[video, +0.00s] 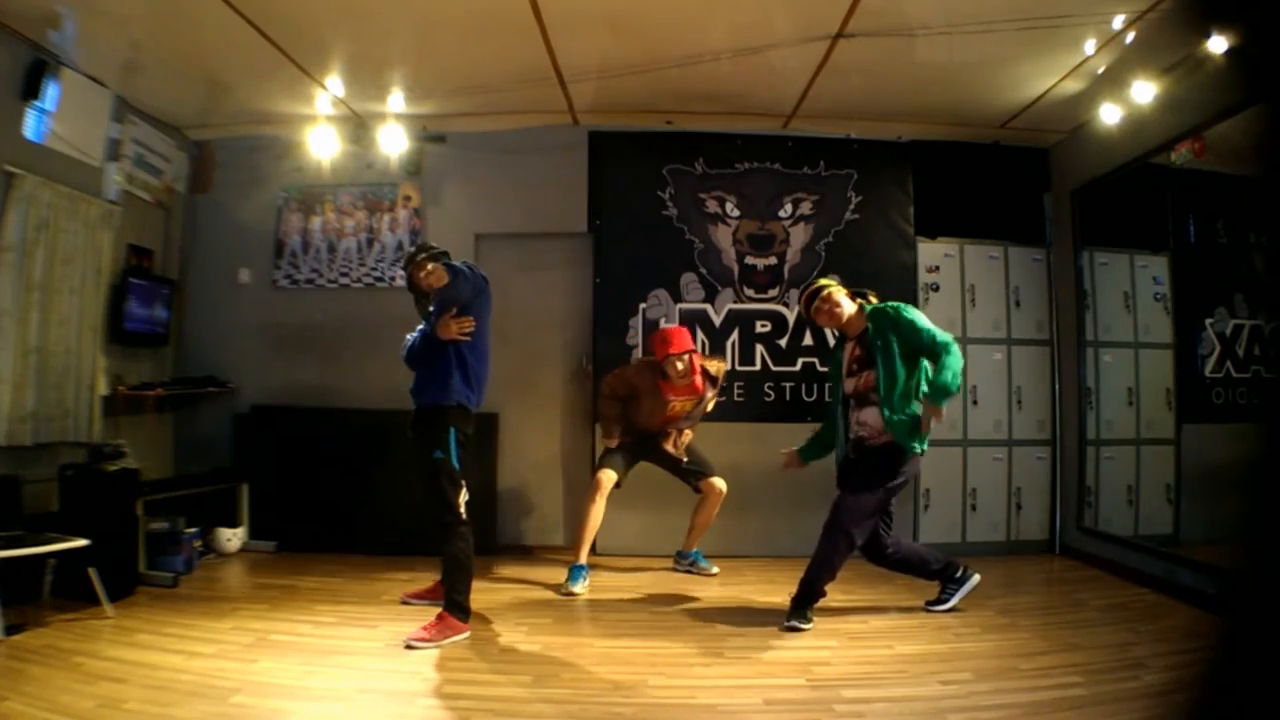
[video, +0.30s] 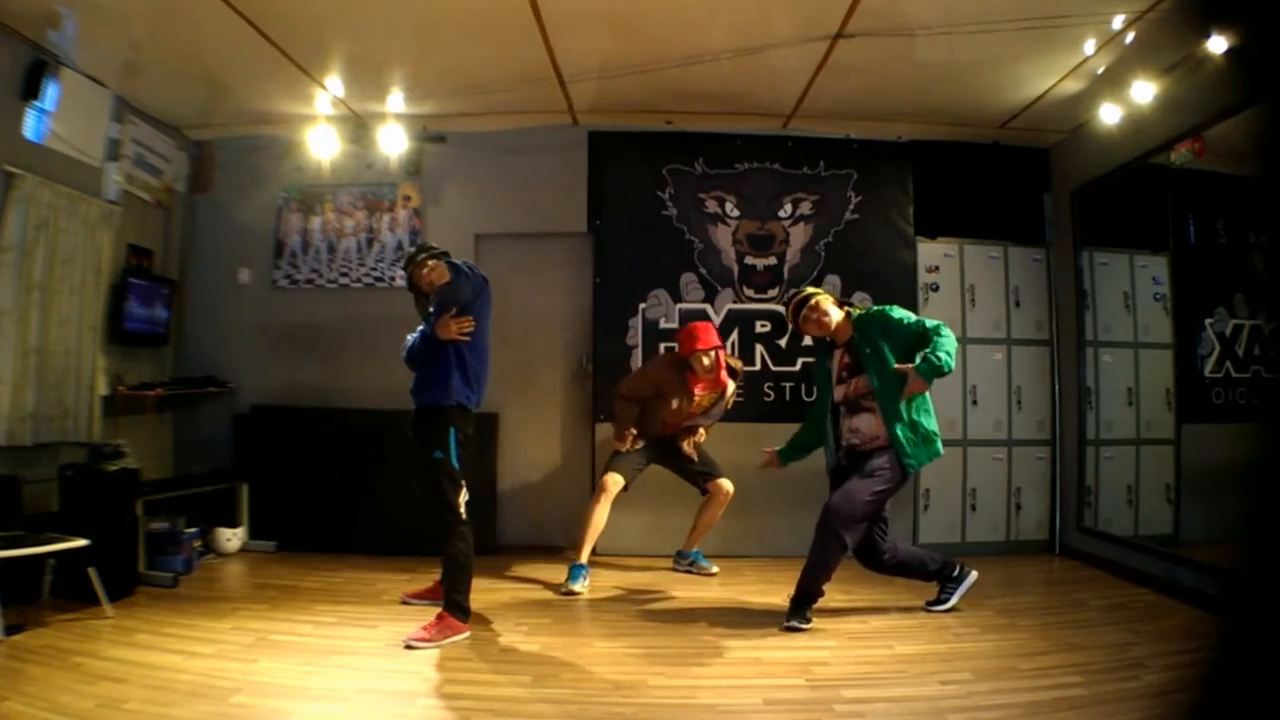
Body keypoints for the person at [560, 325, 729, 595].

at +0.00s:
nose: (678, 364)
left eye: (683, 357)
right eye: (671, 360)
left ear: (693, 355)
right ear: (661, 362)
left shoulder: (708, 375)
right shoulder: (641, 373)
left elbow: (706, 403)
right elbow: (609, 389)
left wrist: (688, 427)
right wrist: (611, 432)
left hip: (668, 439)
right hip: (630, 438)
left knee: (716, 488)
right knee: (602, 480)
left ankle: (687, 554)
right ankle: (579, 567)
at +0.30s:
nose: (706, 360)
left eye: (710, 352)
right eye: (698, 354)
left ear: (719, 351)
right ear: (686, 356)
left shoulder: (725, 380)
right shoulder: (663, 368)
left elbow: (718, 410)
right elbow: (625, 393)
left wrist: (698, 429)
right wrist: (624, 428)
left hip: (678, 442)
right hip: (641, 439)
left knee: (722, 489)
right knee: (607, 485)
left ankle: (687, 554)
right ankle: (579, 567)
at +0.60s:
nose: (715, 350)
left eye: (721, 345)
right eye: (710, 342)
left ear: (727, 346)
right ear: (696, 338)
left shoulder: (723, 372)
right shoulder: (664, 355)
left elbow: (716, 407)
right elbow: (623, 384)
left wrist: (707, 429)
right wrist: (623, 421)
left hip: (676, 438)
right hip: (638, 433)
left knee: (718, 486)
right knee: (604, 482)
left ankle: (687, 553)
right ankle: (579, 566)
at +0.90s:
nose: (696, 322)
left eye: (703, 316)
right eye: (690, 314)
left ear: (709, 320)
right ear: (677, 313)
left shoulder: (702, 356)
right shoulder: (643, 332)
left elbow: (693, 409)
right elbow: (604, 370)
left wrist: (690, 444)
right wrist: (605, 417)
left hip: (663, 427)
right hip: (624, 423)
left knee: (703, 485)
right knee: (591, 478)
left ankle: (686, 554)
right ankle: (578, 566)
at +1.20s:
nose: (674, 301)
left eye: (677, 295)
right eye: (668, 294)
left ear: (679, 295)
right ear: (648, 291)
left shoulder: (669, 327)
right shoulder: (609, 314)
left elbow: (669, 374)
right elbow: (580, 362)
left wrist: (673, 410)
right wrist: (594, 404)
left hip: (646, 417)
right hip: (608, 414)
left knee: (678, 481)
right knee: (592, 483)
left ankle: (680, 555)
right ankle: (578, 567)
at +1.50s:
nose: (661, 290)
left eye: (667, 284)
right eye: (657, 281)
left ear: (670, 287)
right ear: (640, 276)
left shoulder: (647, 314)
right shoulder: (615, 306)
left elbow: (652, 361)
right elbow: (636, 362)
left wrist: (688, 367)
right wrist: (684, 368)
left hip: (642, 414)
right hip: (609, 412)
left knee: (676, 478)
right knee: (605, 489)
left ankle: (676, 559)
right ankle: (579, 567)